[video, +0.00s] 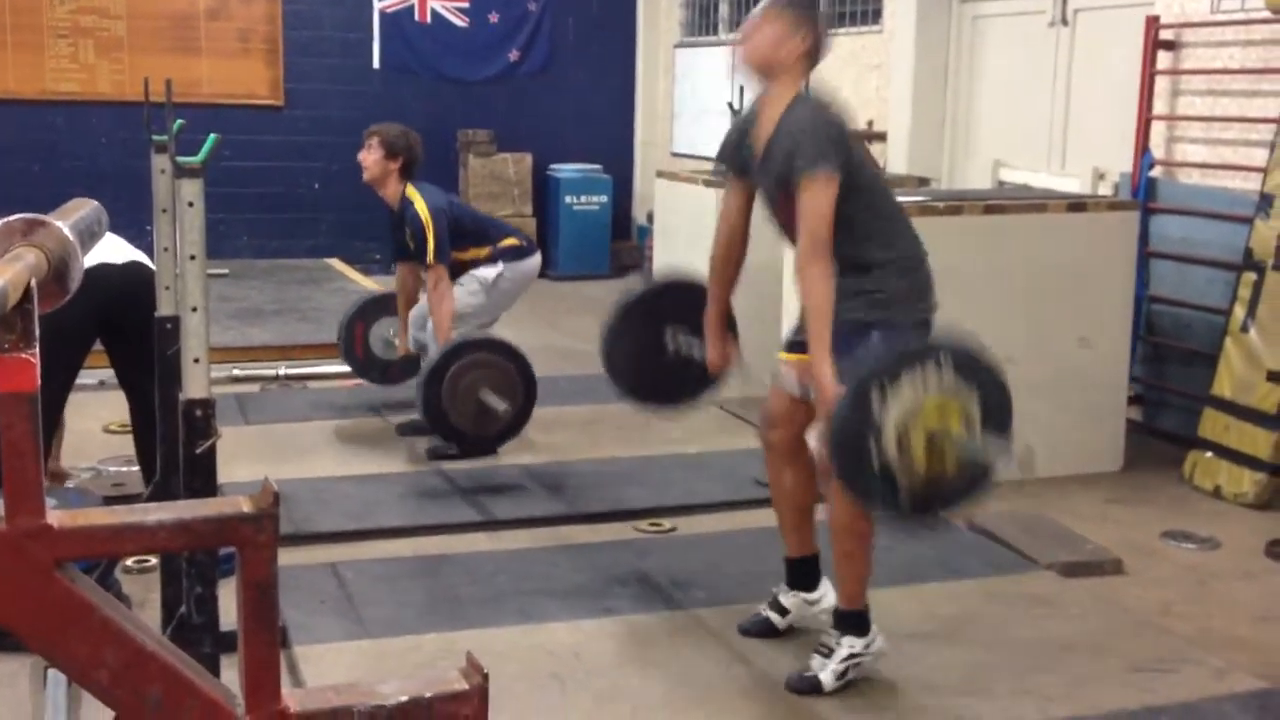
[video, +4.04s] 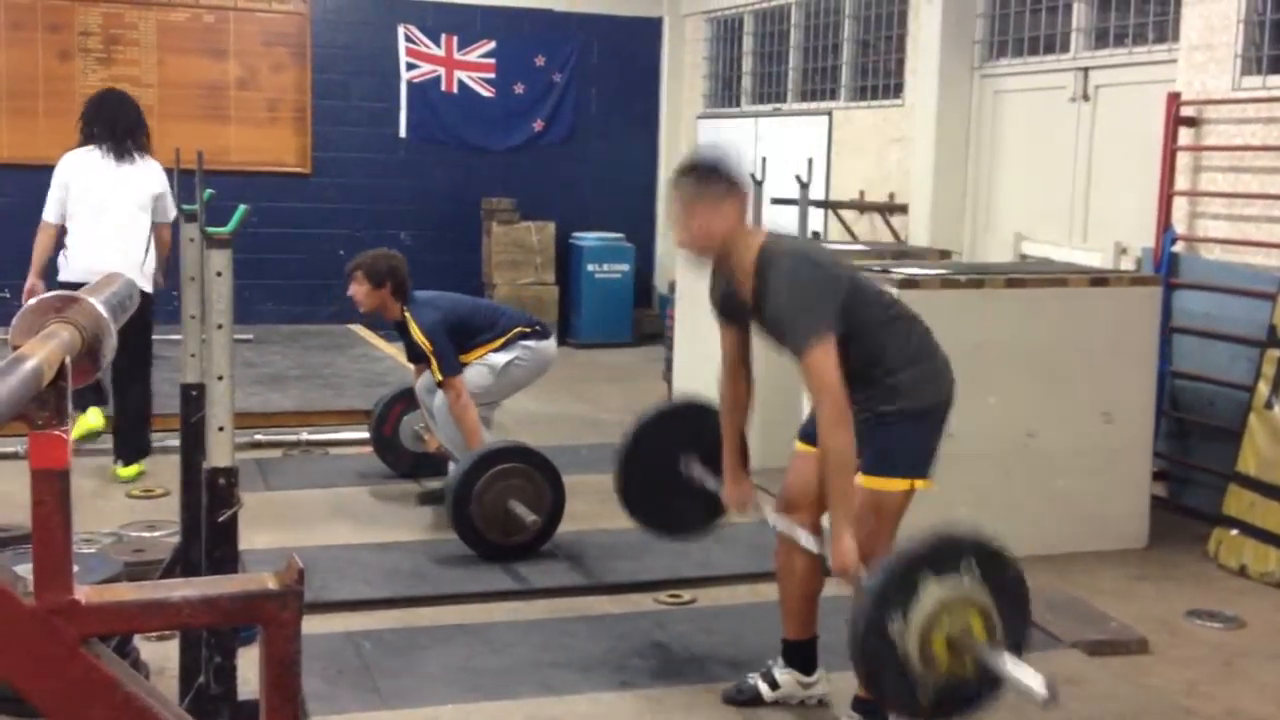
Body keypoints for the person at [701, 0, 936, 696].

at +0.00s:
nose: (745, 27)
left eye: (764, 20)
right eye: (750, 17)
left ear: (799, 44)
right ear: (770, 45)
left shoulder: (812, 126)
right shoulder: (750, 127)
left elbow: (815, 254)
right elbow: (731, 229)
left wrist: (820, 363)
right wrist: (715, 314)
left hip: (888, 304)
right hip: (830, 294)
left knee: (841, 450)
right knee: (781, 423)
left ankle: (855, 630)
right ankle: (803, 588)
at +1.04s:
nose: (798, 297)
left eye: (815, 290)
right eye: (804, 287)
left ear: (852, 317)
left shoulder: (855, 388)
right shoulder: (785, 377)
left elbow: (750, 434)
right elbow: (676, 401)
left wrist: (821, 362)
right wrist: (740, 342)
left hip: (898, 542)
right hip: (822, 519)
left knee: (808, 555)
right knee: (705, 502)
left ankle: (871, 662)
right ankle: (802, 611)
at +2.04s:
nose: (783, 50)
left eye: (799, 39)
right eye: (788, 38)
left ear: (839, 57)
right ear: (796, 55)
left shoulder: (838, 125)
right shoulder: (779, 122)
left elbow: (738, 155)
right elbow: (666, 152)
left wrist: (803, 93)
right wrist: (734, 98)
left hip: (864, 334)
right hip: (813, 330)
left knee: (834, 492)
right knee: (780, 474)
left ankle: (875, 669)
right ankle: (813, 624)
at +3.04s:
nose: (815, 77)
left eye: (831, 66)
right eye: (820, 65)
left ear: (873, 86)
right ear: (847, 87)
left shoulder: (867, 157)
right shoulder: (811, 156)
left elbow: (761, 175)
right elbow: (695, 165)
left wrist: (840, 115)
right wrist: (784, 124)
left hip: (841, 377)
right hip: (794, 373)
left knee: (852, 537)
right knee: (805, 523)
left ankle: (872, 705)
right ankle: (813, 663)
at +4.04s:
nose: (683, 229)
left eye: (695, 212)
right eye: (680, 214)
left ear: (733, 206)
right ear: (683, 215)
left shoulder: (790, 277)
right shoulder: (728, 275)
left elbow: (834, 404)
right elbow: (735, 370)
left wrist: (842, 525)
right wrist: (734, 466)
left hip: (907, 393)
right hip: (845, 387)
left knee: (866, 546)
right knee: (796, 513)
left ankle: (874, 696)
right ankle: (798, 671)